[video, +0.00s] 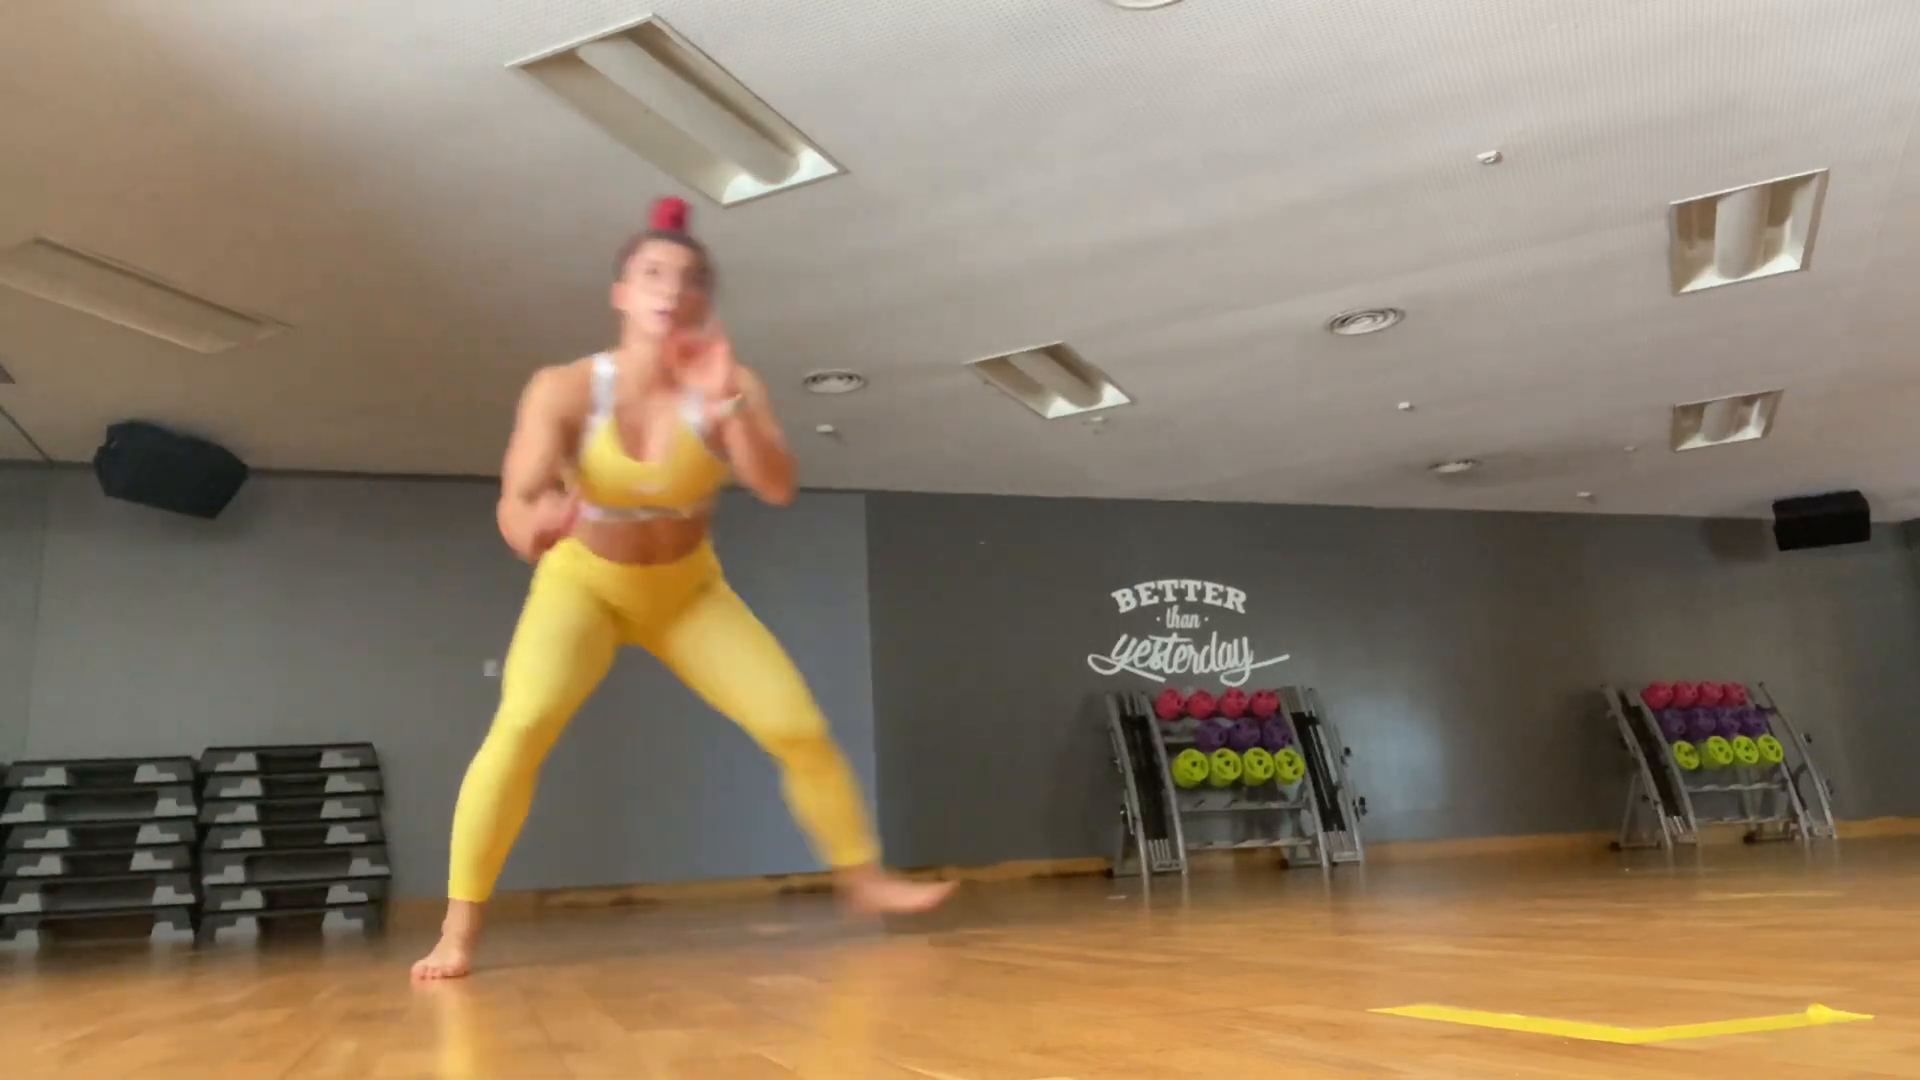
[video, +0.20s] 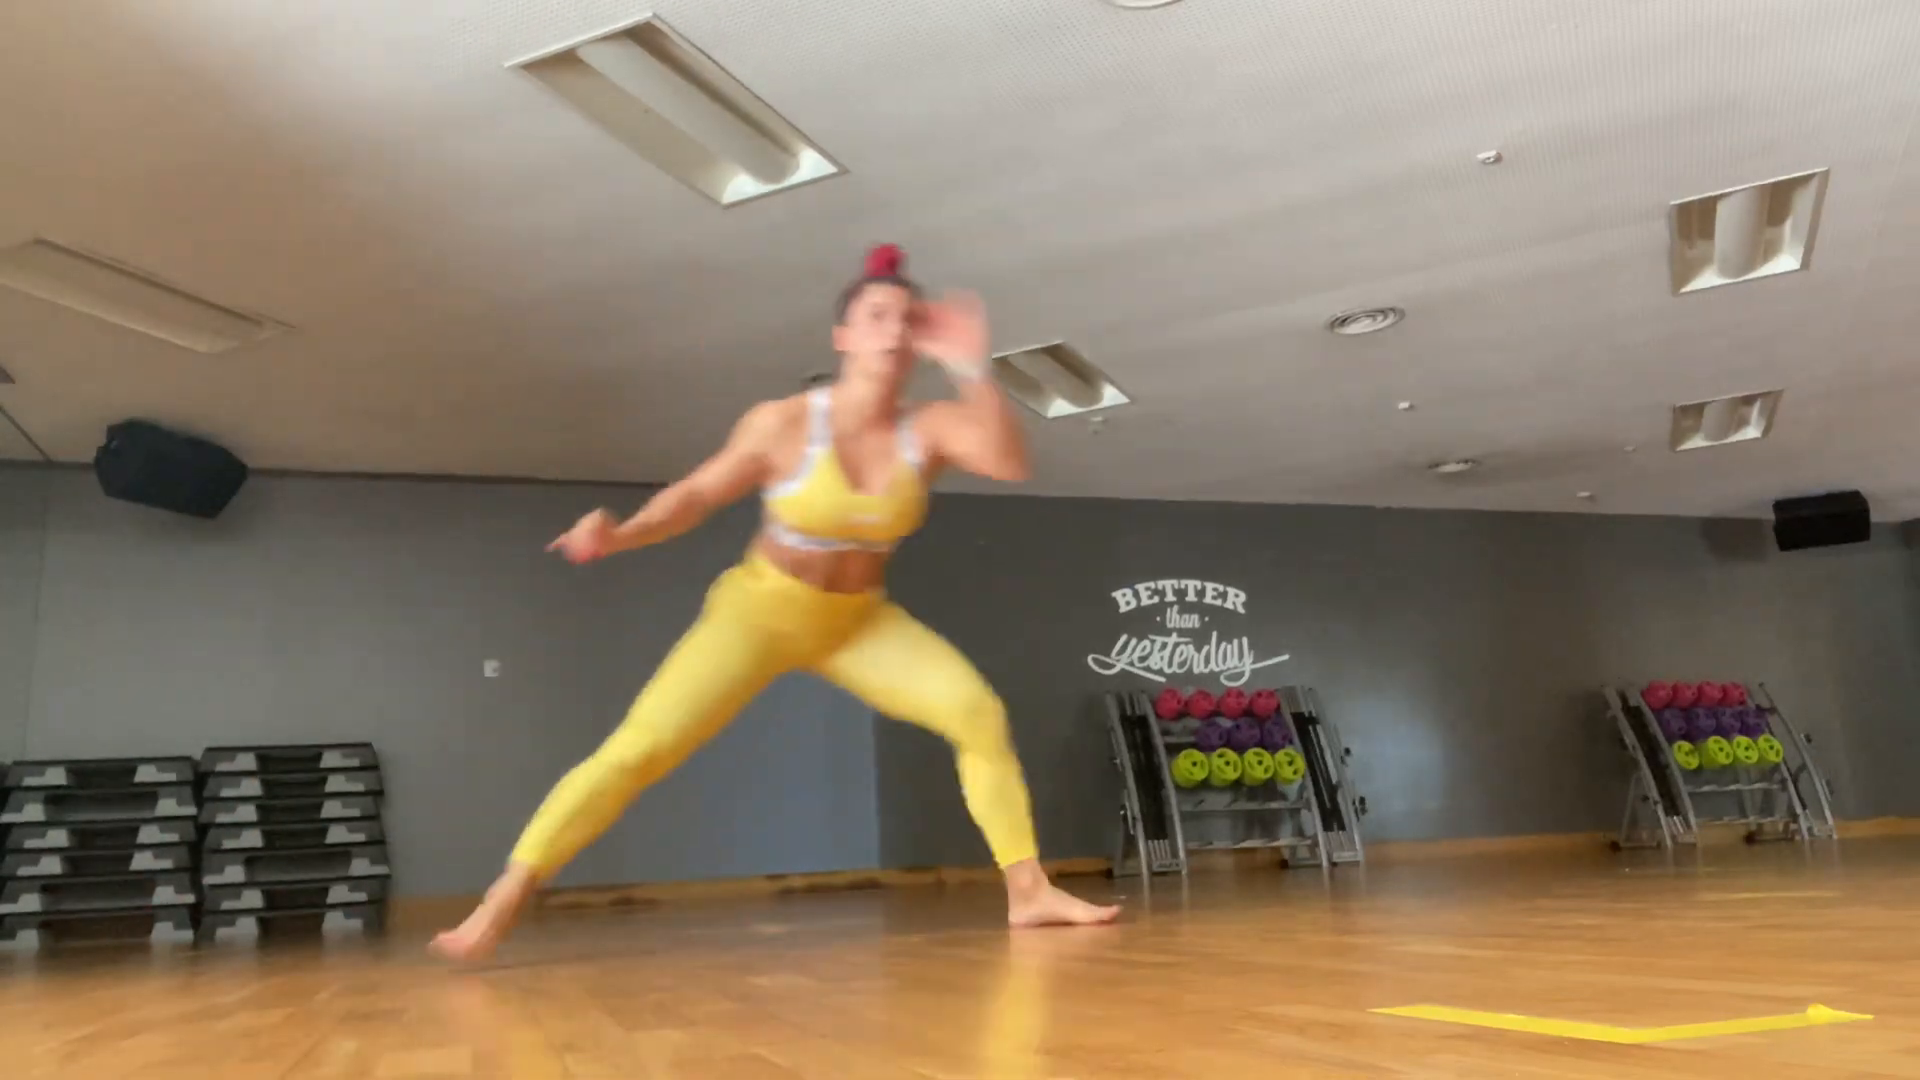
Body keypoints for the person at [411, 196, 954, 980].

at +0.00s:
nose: (670, 290)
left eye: (688, 278)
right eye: (653, 274)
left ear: (706, 305)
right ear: (620, 293)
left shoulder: (726, 386)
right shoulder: (563, 391)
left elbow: (778, 487)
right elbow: (516, 512)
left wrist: (728, 409)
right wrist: (537, 521)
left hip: (691, 591)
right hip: (583, 588)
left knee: (798, 727)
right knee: (522, 727)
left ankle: (862, 879)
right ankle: (459, 926)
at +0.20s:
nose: (893, 333)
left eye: (904, 320)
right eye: (876, 317)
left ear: (919, 340)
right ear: (841, 336)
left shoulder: (930, 425)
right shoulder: (784, 425)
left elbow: (1009, 462)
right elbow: (698, 496)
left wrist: (974, 371)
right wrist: (622, 533)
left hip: (861, 621)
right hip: (762, 609)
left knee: (974, 709)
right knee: (641, 751)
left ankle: (1030, 893)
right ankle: (505, 899)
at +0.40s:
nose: (1006, 313)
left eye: (1017, 301)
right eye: (989, 299)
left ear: (1029, 321)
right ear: (955, 318)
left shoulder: (1037, 416)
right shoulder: (907, 390)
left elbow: (1098, 499)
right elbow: (796, 435)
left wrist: (1174, 543)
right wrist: (811, 392)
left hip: (954, 590)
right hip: (866, 578)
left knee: (1026, 713)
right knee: (806, 740)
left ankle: (1032, 892)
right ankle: (762, 881)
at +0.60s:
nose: (1015, 306)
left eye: (1023, 296)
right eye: (998, 294)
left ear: (1035, 312)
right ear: (968, 310)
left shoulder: (1042, 404)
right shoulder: (929, 381)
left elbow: (1040, 481)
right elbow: (935, 372)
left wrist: (1078, 531)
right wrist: (1013, 316)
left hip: (995, 581)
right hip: (911, 582)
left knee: (1037, 714)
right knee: (916, 728)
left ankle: (1058, 887)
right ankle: (933, 851)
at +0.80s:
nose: (1010, 369)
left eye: (1020, 357)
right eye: (994, 354)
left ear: (1032, 371)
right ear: (965, 369)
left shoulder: (1037, 442)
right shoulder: (931, 431)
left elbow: (1049, 525)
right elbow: (970, 447)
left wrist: (1102, 572)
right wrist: (1024, 395)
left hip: (1028, 625)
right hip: (950, 635)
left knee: (1079, 725)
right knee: (966, 776)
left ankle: (1111, 877)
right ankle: (991, 873)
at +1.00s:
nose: (1060, 329)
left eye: (1068, 320)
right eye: (1044, 316)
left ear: (1074, 331)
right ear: (1010, 327)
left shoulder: (1069, 419)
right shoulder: (979, 384)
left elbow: (1093, 513)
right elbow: (1026, 414)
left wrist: (1152, 527)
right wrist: (1100, 368)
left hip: (1029, 599)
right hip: (949, 603)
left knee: (1093, 715)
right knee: (955, 749)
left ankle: (1125, 885)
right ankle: (970, 866)